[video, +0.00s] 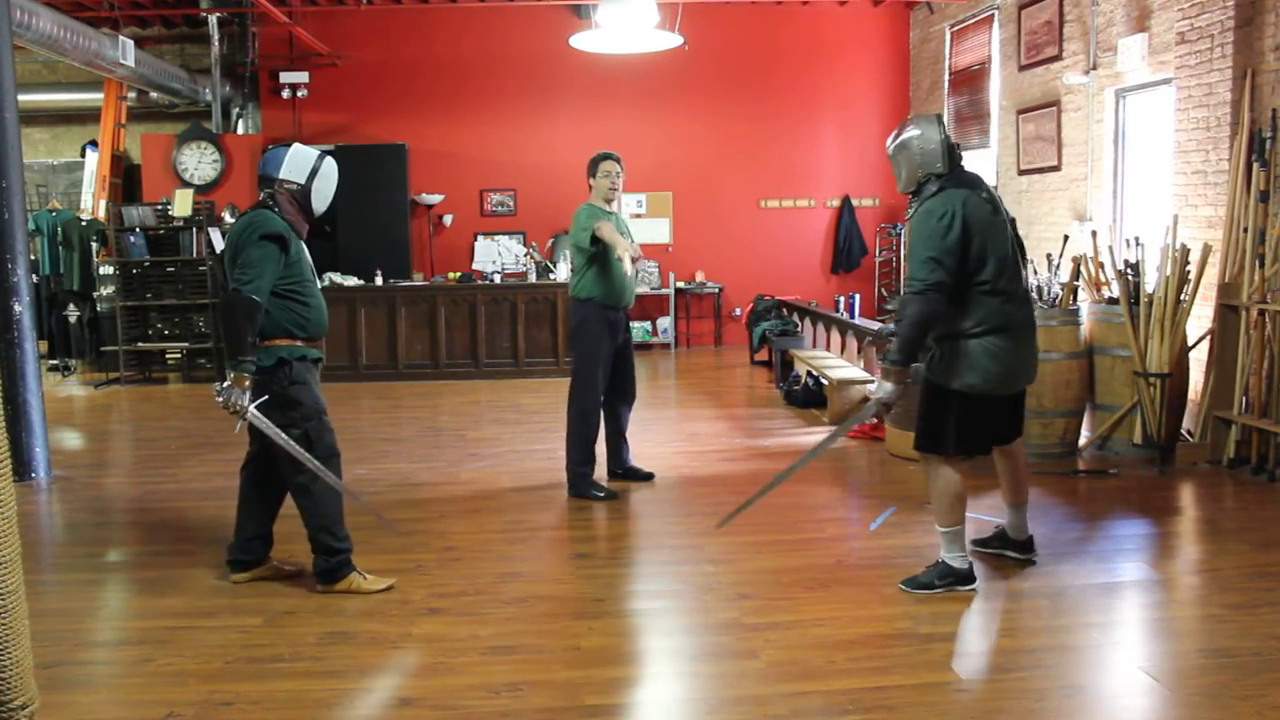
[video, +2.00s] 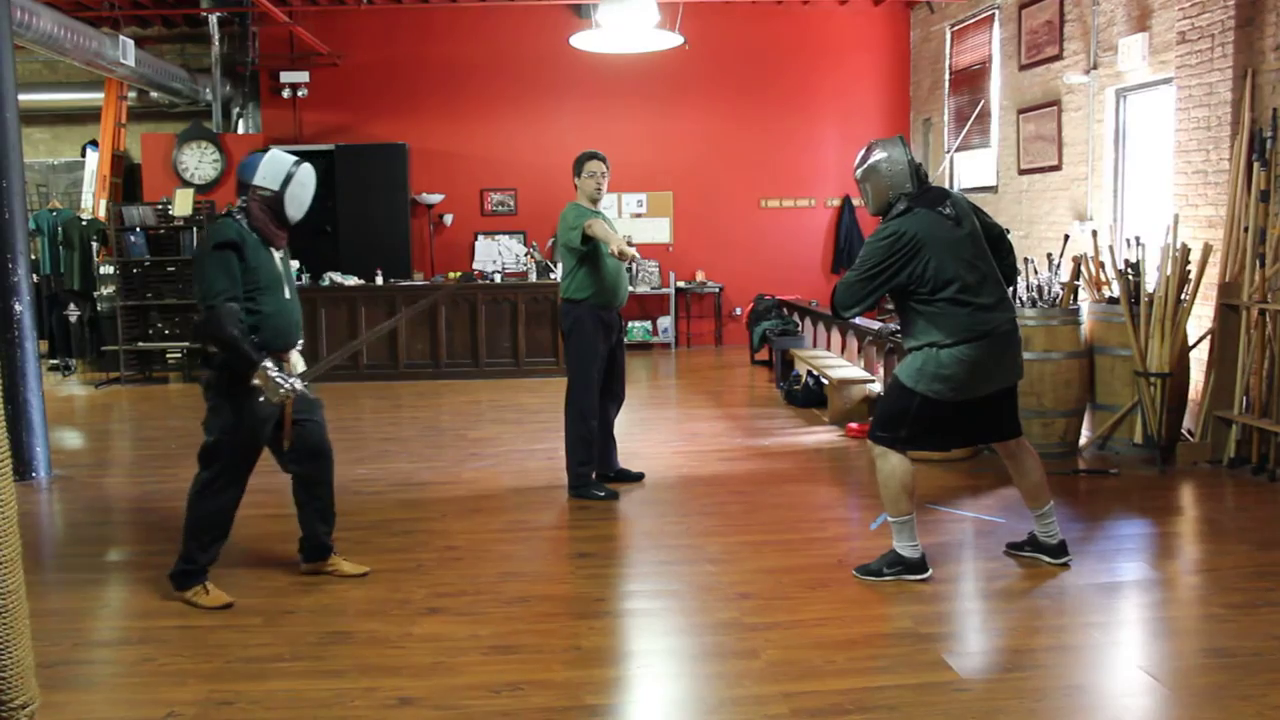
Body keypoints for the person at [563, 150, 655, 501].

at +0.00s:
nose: (614, 180)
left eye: (618, 175)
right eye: (607, 175)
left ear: (622, 182)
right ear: (592, 180)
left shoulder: (618, 220)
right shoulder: (586, 212)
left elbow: (631, 248)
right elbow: (605, 232)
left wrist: (632, 251)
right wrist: (624, 249)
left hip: (616, 314)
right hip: (591, 312)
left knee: (620, 393)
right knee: (587, 396)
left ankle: (619, 464)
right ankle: (580, 479)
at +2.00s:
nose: (599, 180)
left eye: (603, 175)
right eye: (591, 175)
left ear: (608, 181)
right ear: (577, 180)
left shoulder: (603, 218)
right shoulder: (573, 212)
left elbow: (612, 244)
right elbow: (594, 227)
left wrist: (624, 248)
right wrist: (616, 243)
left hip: (608, 315)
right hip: (583, 315)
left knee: (610, 395)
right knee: (584, 396)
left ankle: (606, 467)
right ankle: (580, 480)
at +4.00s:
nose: (596, 186)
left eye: (600, 181)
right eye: (588, 181)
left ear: (605, 186)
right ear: (574, 186)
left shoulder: (603, 226)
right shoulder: (571, 220)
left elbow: (614, 256)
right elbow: (591, 237)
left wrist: (623, 258)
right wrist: (612, 253)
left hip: (610, 319)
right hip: (585, 320)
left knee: (619, 398)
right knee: (594, 399)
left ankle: (610, 469)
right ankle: (585, 482)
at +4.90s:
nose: (596, 181)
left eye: (599, 175)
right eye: (587, 177)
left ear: (606, 182)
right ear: (574, 188)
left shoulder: (609, 224)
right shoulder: (569, 223)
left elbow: (627, 264)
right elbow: (578, 218)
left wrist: (654, 293)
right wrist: (593, 204)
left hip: (613, 322)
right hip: (584, 322)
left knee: (620, 403)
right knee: (595, 402)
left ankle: (598, 465)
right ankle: (585, 482)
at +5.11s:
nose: (601, 182)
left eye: (605, 177)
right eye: (593, 177)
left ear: (611, 183)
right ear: (581, 183)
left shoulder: (613, 226)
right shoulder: (575, 216)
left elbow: (632, 267)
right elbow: (556, 203)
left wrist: (654, 296)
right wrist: (556, 173)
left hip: (609, 318)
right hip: (580, 316)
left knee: (611, 396)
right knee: (585, 396)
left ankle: (596, 465)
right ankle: (586, 479)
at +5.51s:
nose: (596, 184)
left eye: (600, 180)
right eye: (589, 179)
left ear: (604, 188)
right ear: (575, 186)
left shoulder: (611, 230)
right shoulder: (556, 218)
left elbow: (634, 271)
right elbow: (517, 213)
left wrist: (658, 307)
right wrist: (512, 182)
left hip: (602, 316)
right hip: (567, 314)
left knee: (605, 390)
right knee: (560, 387)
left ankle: (597, 462)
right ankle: (548, 448)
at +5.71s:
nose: (584, 188)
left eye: (588, 184)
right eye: (577, 184)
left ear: (594, 192)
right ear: (564, 190)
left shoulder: (603, 234)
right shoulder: (546, 224)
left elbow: (624, 276)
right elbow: (507, 244)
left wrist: (642, 312)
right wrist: (495, 230)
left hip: (592, 319)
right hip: (556, 316)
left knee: (598, 389)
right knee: (551, 385)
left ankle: (597, 462)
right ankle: (546, 442)